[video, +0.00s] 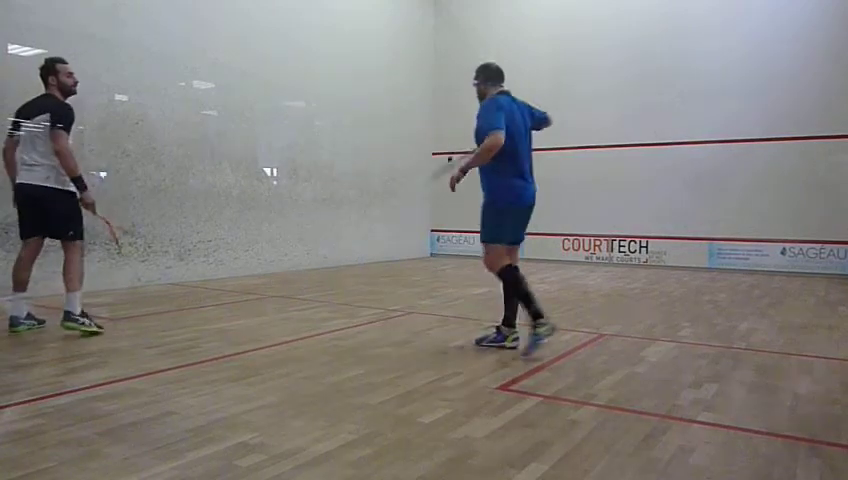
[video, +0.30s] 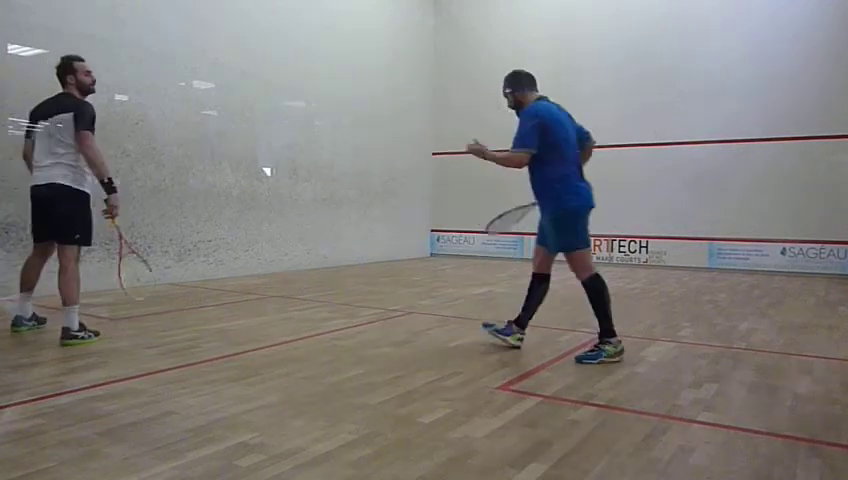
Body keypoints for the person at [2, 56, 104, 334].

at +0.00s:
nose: (75, 79)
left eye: (73, 75)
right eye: (69, 75)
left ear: (50, 82)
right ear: (52, 80)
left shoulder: (24, 109)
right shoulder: (62, 109)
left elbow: (8, 151)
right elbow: (60, 147)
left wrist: (18, 185)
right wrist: (83, 189)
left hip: (26, 190)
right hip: (57, 191)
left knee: (31, 245)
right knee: (73, 247)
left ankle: (18, 314)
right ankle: (73, 313)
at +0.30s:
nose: (93, 77)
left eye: (91, 72)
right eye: (87, 73)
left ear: (67, 81)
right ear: (70, 79)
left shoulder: (39, 110)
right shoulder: (82, 107)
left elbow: (28, 154)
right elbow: (87, 144)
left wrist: (46, 179)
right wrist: (110, 188)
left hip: (40, 190)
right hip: (71, 190)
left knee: (41, 251)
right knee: (69, 259)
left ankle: (22, 315)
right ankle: (72, 327)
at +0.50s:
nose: (103, 73)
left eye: (102, 68)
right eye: (97, 68)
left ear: (77, 75)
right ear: (79, 73)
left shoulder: (50, 102)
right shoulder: (88, 103)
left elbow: (53, 146)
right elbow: (90, 141)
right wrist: (116, 183)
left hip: (43, 185)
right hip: (70, 187)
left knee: (51, 250)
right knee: (71, 256)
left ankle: (34, 319)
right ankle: (72, 327)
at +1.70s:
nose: (111, 76)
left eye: (110, 70)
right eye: (105, 71)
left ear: (82, 75)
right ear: (88, 74)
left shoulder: (50, 98)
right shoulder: (95, 105)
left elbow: (33, 144)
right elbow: (98, 150)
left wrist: (50, 170)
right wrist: (119, 190)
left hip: (40, 185)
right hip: (74, 190)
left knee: (36, 249)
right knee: (71, 259)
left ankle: (22, 316)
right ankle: (72, 326)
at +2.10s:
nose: (66, 78)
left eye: (64, 73)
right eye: (62, 73)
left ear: (37, 77)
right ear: (50, 76)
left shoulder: (9, 104)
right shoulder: (65, 109)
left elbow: (1, 143)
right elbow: (82, 155)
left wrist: (4, 173)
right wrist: (82, 174)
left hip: (13, 190)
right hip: (53, 192)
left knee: (15, 251)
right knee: (67, 253)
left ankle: (11, 315)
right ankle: (70, 307)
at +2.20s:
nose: (56, 76)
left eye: (53, 71)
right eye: (52, 71)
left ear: (27, 78)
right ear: (42, 76)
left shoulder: (5, 102)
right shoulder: (59, 108)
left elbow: (3, 143)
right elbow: (75, 154)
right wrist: (65, 162)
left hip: (10, 189)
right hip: (48, 191)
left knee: (11, 249)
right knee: (60, 247)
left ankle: (10, 314)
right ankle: (62, 303)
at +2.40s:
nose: (45, 76)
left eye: (42, 72)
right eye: (42, 72)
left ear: (16, 78)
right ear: (34, 77)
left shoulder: (3, 102)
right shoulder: (55, 109)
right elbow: (65, 149)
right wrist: (37, 135)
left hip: (8, 187)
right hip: (44, 189)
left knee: (9, 248)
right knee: (41, 245)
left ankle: (10, 312)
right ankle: (46, 306)